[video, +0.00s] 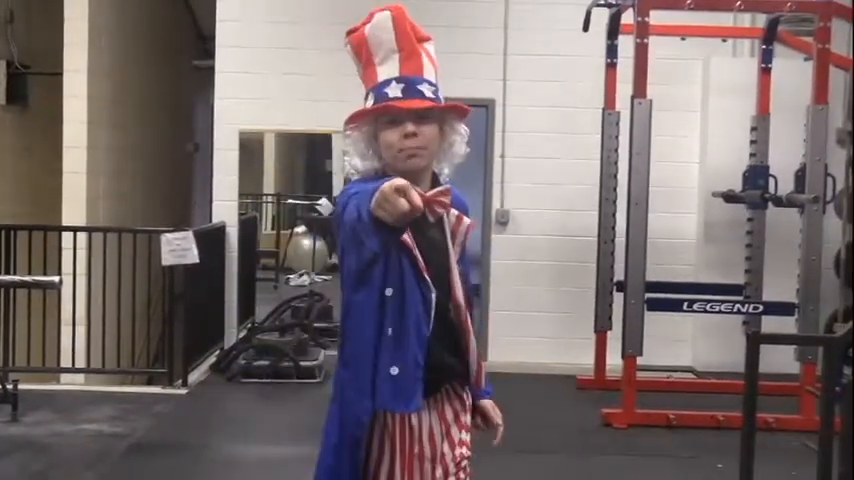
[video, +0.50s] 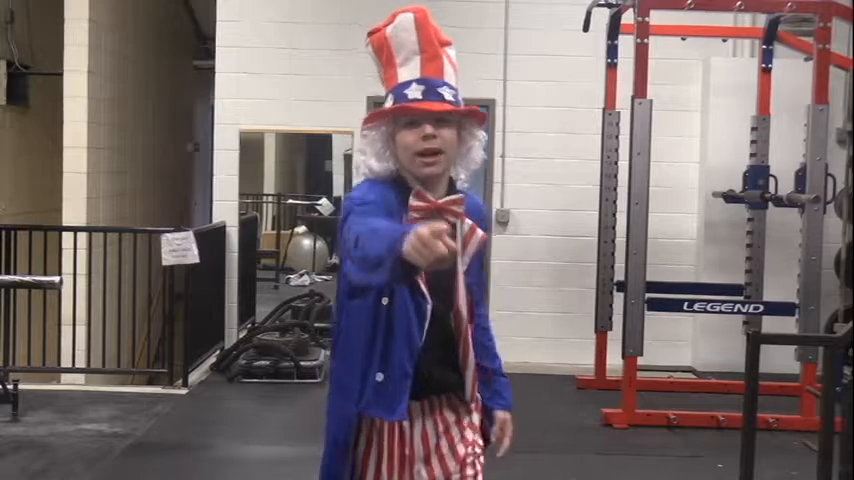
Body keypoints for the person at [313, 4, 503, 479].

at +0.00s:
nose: (409, 133)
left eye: (423, 120)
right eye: (392, 123)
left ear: (444, 132)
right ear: (372, 138)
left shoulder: (452, 206)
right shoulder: (359, 196)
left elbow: (462, 306)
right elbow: (360, 207)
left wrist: (478, 390)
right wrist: (385, 205)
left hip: (450, 404)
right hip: (389, 410)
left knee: (452, 473)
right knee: (392, 473)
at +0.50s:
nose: (428, 133)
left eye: (442, 121)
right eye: (411, 123)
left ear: (462, 136)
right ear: (389, 140)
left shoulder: (472, 211)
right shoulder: (370, 201)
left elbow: (475, 313)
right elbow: (363, 241)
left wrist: (497, 395)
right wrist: (405, 244)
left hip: (453, 413)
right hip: (384, 417)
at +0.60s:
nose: (443, 133)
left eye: (456, 121)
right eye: (427, 122)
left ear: (476, 135)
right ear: (405, 137)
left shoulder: (491, 217)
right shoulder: (381, 200)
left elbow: (495, 324)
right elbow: (359, 277)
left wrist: (514, 413)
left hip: (463, 419)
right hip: (387, 421)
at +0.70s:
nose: (452, 127)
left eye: (466, 116)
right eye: (437, 116)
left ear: (487, 130)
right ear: (416, 128)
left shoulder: (502, 212)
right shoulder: (382, 203)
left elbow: (514, 323)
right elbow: (350, 309)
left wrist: (530, 413)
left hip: (474, 422)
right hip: (390, 424)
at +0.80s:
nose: (453, 123)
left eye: (467, 111)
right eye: (437, 110)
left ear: (488, 126)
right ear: (416, 124)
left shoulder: (506, 210)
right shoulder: (376, 206)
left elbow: (523, 318)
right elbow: (349, 327)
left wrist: (540, 407)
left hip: (476, 419)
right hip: (392, 421)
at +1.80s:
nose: (424, 123)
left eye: (439, 110)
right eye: (408, 109)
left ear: (459, 124)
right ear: (385, 122)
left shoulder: (486, 216)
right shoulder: (342, 212)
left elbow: (525, 311)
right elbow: (314, 335)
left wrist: (545, 382)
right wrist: (312, 461)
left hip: (460, 431)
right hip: (370, 432)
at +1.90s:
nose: (436, 125)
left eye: (450, 113)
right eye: (420, 112)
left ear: (469, 128)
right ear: (397, 125)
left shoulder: (487, 217)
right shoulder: (347, 210)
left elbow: (523, 291)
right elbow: (314, 346)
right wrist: (297, 464)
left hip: (464, 430)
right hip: (373, 433)